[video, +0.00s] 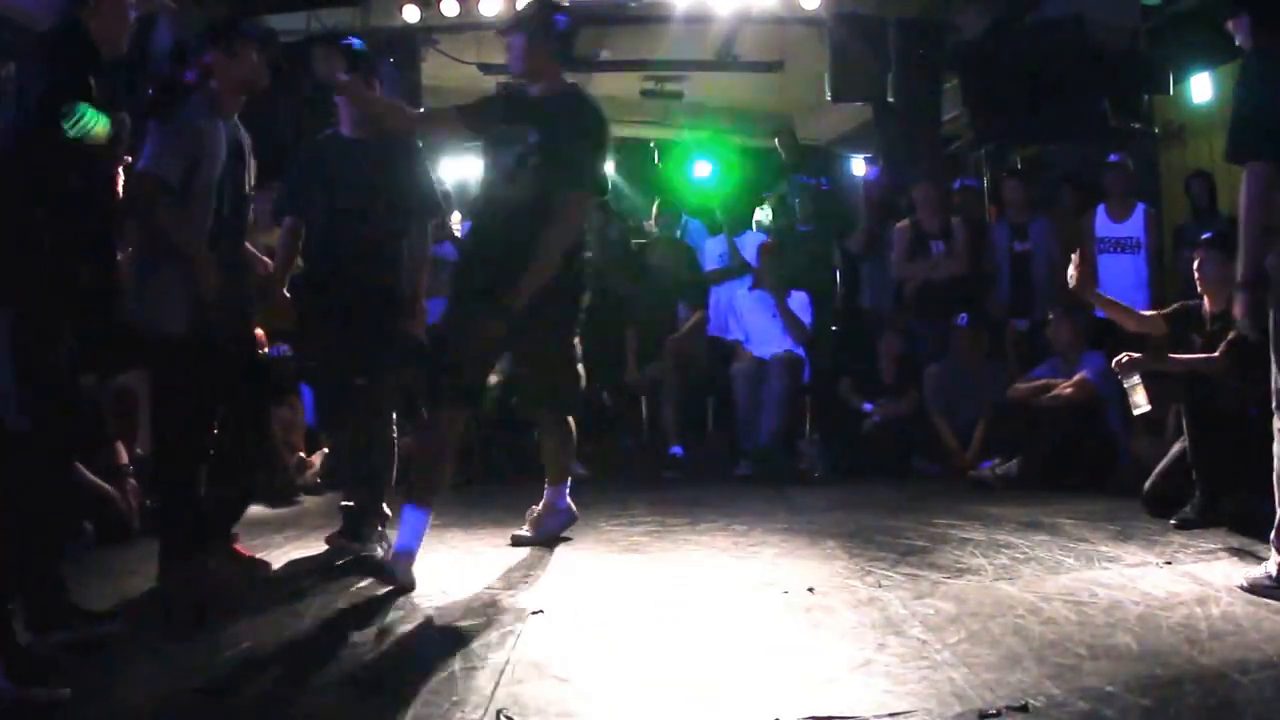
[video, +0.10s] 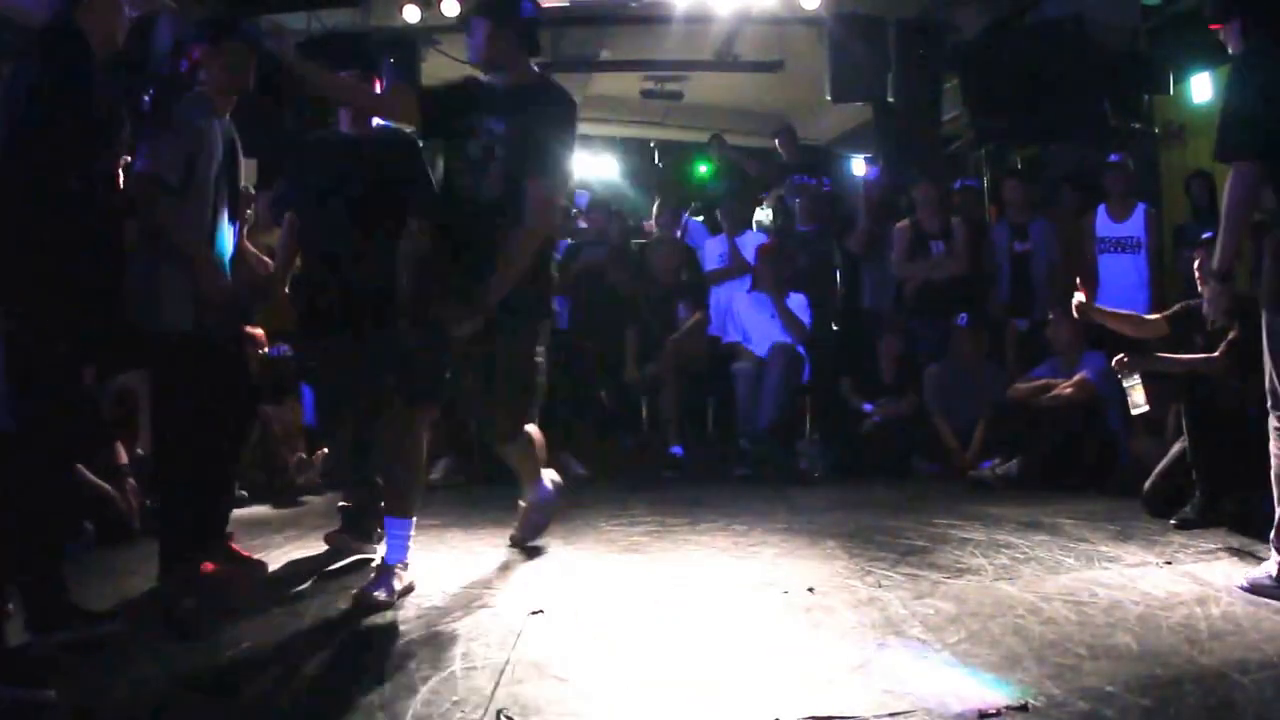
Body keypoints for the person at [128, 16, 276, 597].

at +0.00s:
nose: (259, 71)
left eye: (260, 60)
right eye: (249, 59)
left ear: (249, 69)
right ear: (217, 61)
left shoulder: (239, 137)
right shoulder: (185, 124)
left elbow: (232, 222)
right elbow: (148, 201)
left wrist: (256, 260)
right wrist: (196, 259)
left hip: (221, 303)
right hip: (175, 306)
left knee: (243, 423)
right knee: (182, 426)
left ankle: (216, 536)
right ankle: (180, 553)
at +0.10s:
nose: (241, 81)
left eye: (245, 70)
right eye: (234, 68)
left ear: (240, 75)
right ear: (211, 64)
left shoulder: (219, 125)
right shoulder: (188, 118)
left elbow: (208, 212)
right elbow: (160, 201)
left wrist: (243, 252)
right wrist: (204, 266)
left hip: (208, 304)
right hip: (179, 307)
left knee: (220, 420)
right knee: (189, 427)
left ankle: (211, 539)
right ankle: (183, 556)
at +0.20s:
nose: (239, 78)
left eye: (240, 67)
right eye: (229, 66)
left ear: (230, 72)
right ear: (201, 66)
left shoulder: (211, 127)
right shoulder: (192, 124)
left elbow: (211, 214)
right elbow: (159, 198)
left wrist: (246, 252)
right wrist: (206, 268)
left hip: (203, 308)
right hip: (180, 312)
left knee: (217, 420)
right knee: (187, 432)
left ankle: (201, 529)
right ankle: (179, 560)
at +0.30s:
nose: (233, 80)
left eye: (237, 70)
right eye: (225, 67)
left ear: (231, 74)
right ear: (198, 64)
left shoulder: (203, 126)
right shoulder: (188, 122)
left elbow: (199, 214)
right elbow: (162, 204)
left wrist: (238, 248)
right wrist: (203, 261)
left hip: (190, 302)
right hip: (179, 305)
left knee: (184, 418)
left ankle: (182, 534)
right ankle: (180, 536)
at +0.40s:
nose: (240, 75)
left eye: (239, 64)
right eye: (231, 64)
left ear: (215, 71)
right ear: (205, 67)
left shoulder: (201, 125)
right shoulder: (182, 120)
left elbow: (185, 214)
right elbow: (156, 204)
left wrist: (213, 259)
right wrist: (199, 266)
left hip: (197, 306)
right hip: (174, 309)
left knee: (212, 422)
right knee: (187, 429)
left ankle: (186, 543)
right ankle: (180, 554)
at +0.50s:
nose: (239, 88)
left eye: (238, 78)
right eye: (233, 77)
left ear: (209, 78)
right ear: (209, 76)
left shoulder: (196, 127)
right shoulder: (183, 123)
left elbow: (183, 217)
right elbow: (156, 203)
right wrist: (196, 266)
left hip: (182, 304)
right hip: (168, 307)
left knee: (184, 424)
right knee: (181, 426)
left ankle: (180, 534)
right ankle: (178, 545)